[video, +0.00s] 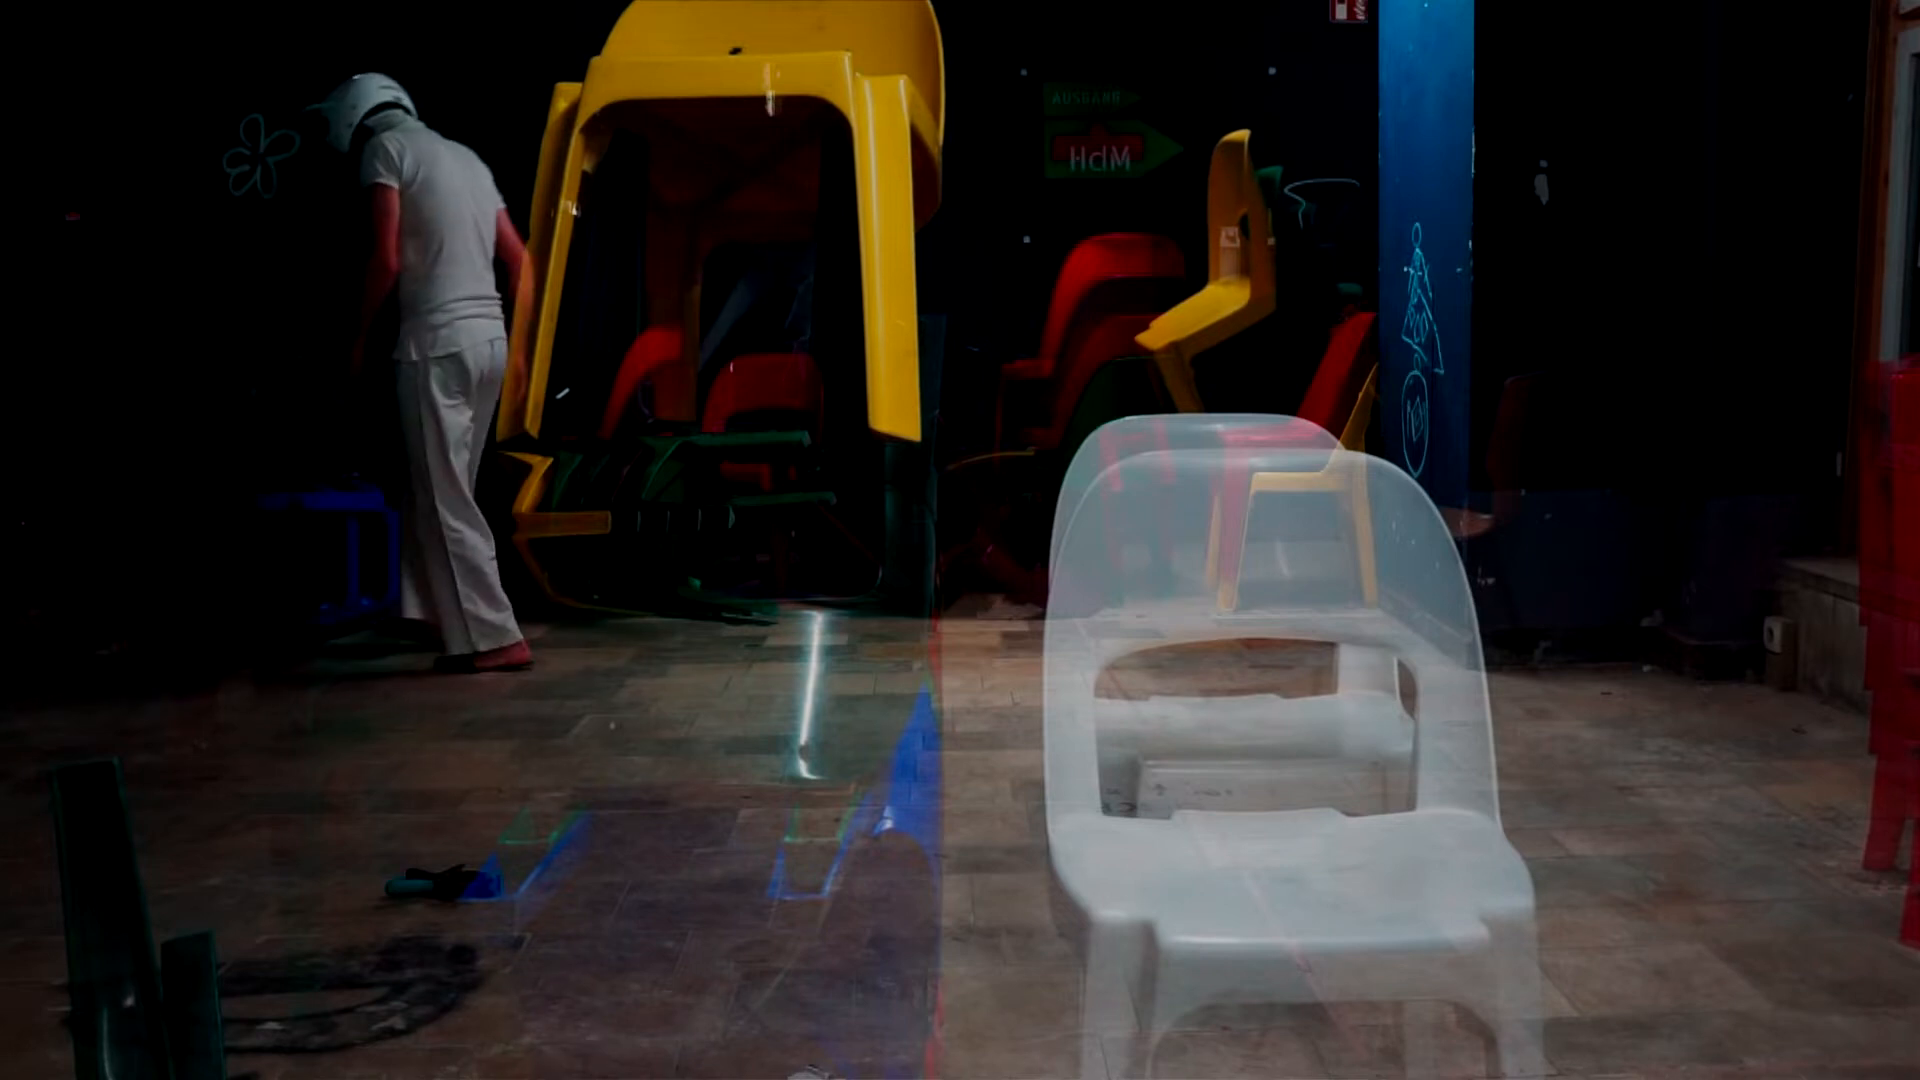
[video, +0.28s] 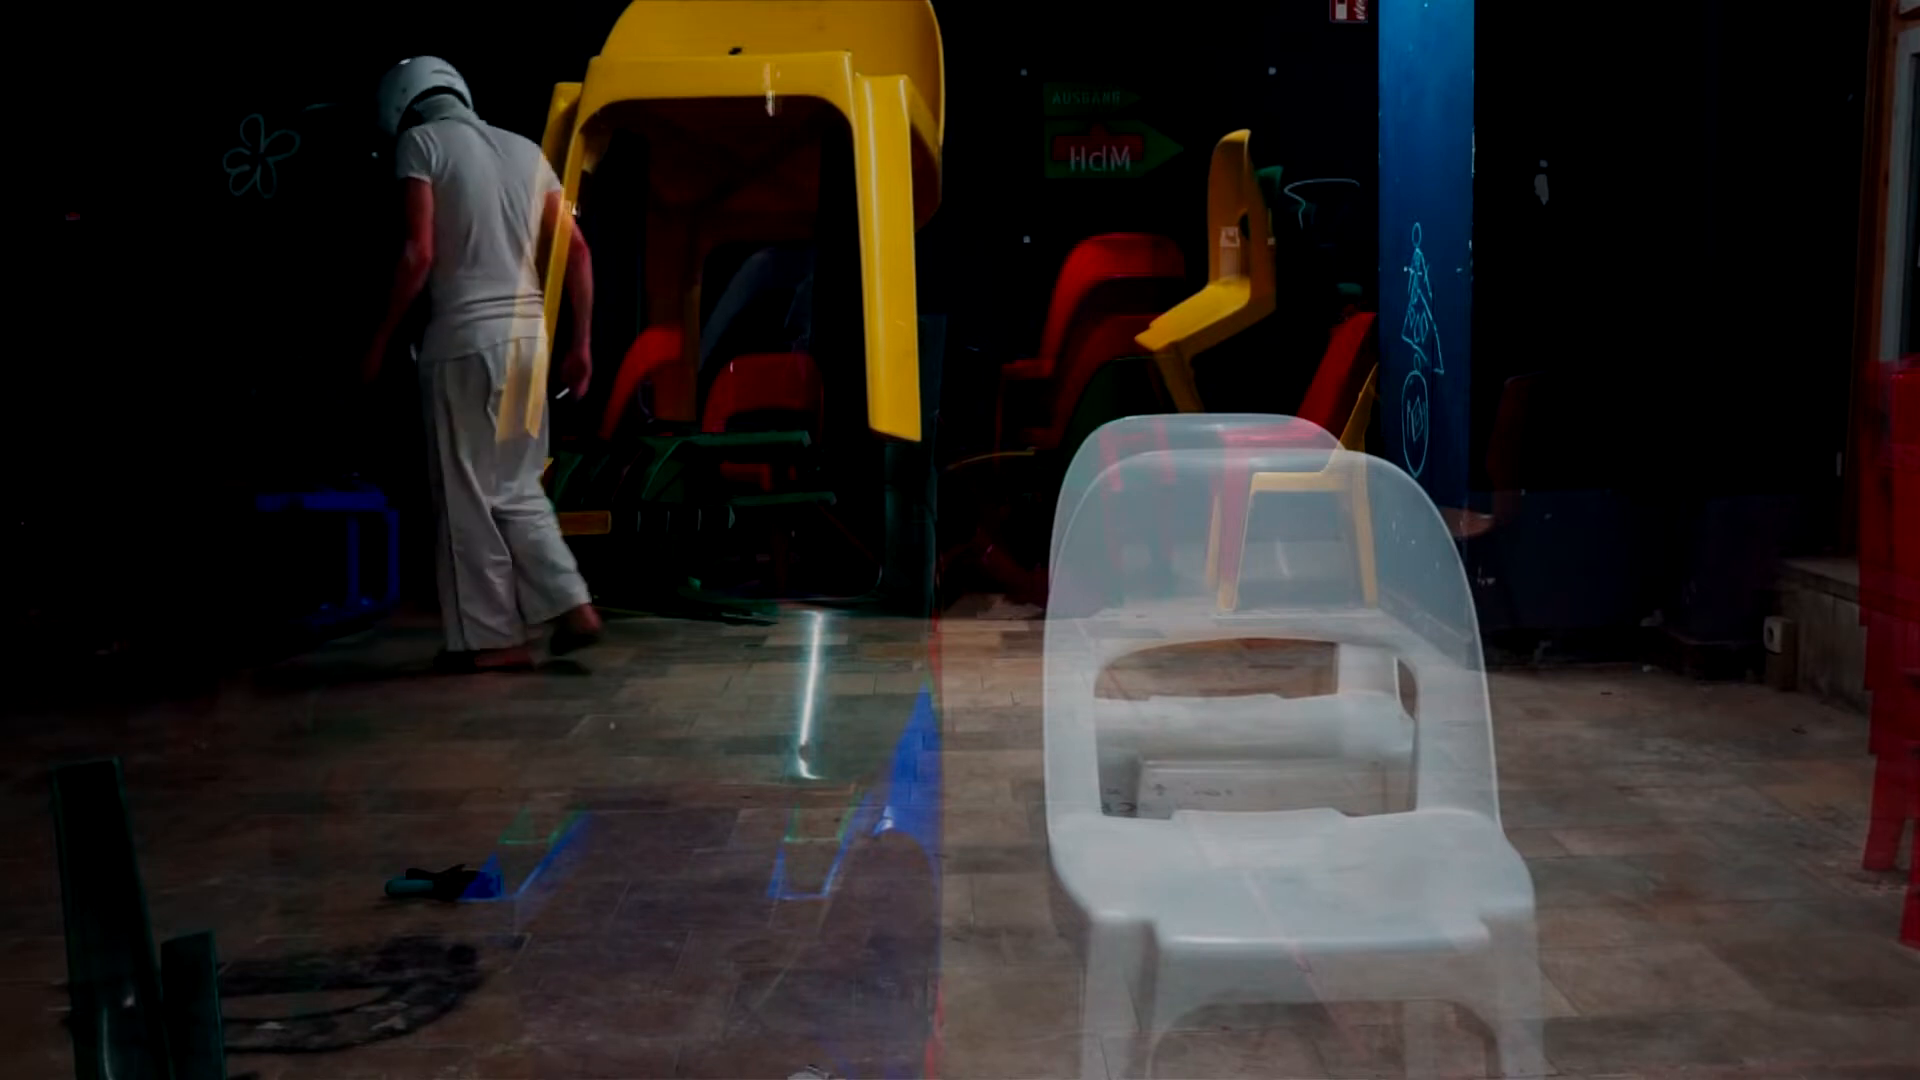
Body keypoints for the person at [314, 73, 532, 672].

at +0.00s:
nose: (353, 142)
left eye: (352, 132)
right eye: (351, 133)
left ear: (364, 120)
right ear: (402, 108)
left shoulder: (386, 145)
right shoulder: (466, 159)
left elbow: (387, 260)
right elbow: (520, 261)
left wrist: (360, 332)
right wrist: (513, 344)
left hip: (439, 343)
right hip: (490, 340)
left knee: (445, 494)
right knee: (450, 486)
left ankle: (495, 637)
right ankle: (447, 625)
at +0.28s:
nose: (400, 124)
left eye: (399, 115)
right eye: (399, 116)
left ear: (409, 105)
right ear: (459, 96)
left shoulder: (420, 140)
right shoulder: (524, 149)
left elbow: (420, 252)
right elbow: (577, 249)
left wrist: (383, 338)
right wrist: (580, 342)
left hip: (464, 340)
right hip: (531, 336)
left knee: (467, 488)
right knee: (519, 483)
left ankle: (492, 637)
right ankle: (573, 606)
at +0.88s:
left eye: (521, 65)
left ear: (525, 62)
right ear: (594, 62)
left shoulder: (521, 115)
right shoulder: (639, 126)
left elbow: (535, 209)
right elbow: (685, 240)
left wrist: (532, 339)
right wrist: (676, 329)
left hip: (557, 335)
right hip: (630, 333)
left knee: (524, 487)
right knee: (622, 498)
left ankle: (583, 644)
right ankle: (628, 664)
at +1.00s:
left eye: (539, 65)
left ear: (541, 61)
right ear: (610, 58)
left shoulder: (534, 116)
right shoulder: (656, 126)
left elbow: (539, 227)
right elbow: (705, 252)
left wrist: (523, 336)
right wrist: (704, 344)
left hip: (571, 338)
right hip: (648, 334)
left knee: (562, 498)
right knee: (633, 499)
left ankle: (635, 631)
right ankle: (626, 665)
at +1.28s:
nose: (575, 75)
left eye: (575, 66)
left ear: (587, 56)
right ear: (648, 53)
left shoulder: (577, 106)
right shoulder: (705, 111)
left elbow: (556, 227)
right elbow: (757, 226)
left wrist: (521, 331)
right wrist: (761, 330)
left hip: (621, 324)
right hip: (699, 321)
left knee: (652, 510)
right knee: (674, 508)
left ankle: (698, 708)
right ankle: (626, 666)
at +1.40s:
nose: (599, 64)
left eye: (601, 53)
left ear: (613, 45)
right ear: (672, 42)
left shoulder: (603, 94)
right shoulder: (730, 97)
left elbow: (582, 224)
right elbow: (783, 215)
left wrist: (546, 298)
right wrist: (782, 322)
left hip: (646, 318)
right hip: (725, 314)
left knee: (663, 513)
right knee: (705, 509)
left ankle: (693, 710)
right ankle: (711, 688)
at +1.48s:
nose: (612, 56)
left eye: (614, 44)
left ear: (623, 41)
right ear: (685, 35)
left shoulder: (612, 86)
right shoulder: (746, 90)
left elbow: (605, 217)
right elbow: (802, 213)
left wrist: (562, 309)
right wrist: (799, 323)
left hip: (657, 319)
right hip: (743, 314)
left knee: (671, 513)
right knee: (724, 500)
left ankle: (698, 710)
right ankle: (769, 659)